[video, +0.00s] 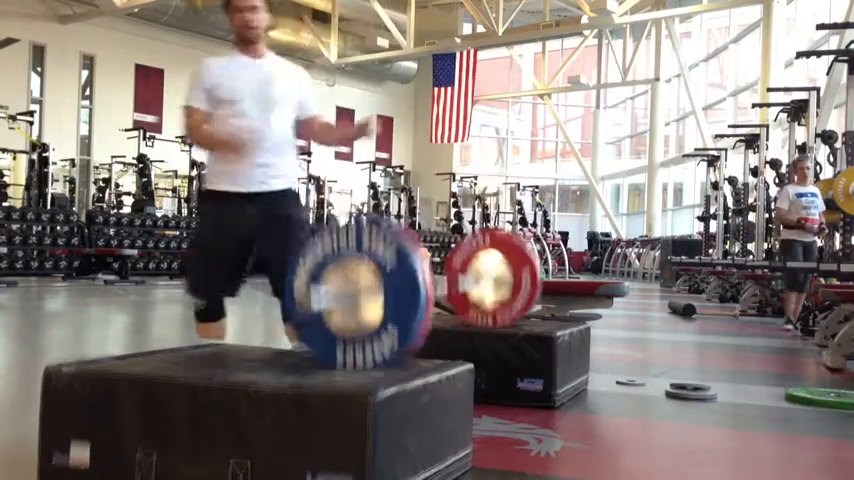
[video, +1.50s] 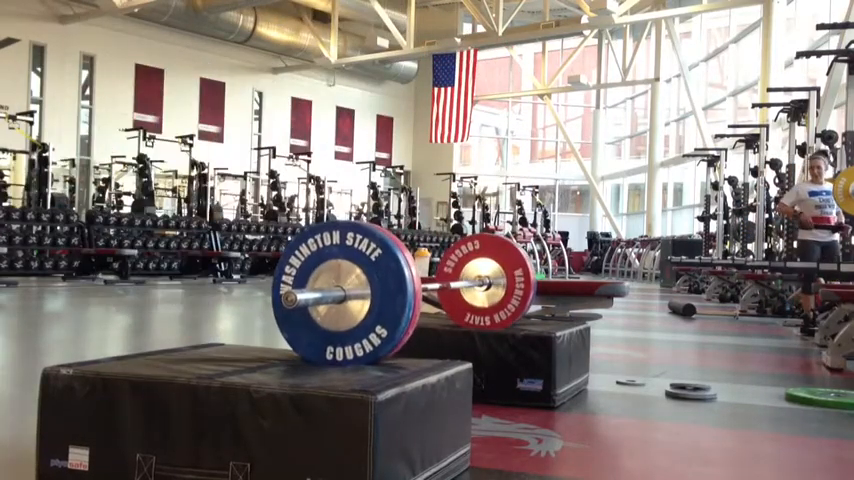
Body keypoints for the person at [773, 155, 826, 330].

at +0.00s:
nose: (805, 172)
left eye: (807, 168)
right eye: (801, 169)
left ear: (811, 170)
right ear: (795, 171)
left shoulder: (815, 190)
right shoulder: (787, 190)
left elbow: (820, 213)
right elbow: (779, 216)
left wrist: (822, 224)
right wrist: (800, 223)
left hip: (810, 239)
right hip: (792, 238)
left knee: (805, 278)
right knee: (794, 277)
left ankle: (796, 317)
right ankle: (789, 317)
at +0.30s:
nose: (810, 173)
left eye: (813, 170)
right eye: (807, 170)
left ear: (818, 172)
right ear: (801, 171)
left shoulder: (820, 192)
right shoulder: (792, 191)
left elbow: (825, 215)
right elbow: (784, 215)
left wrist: (827, 226)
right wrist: (806, 225)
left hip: (816, 240)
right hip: (798, 238)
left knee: (806, 277)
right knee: (804, 275)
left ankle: (794, 315)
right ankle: (807, 316)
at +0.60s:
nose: (810, 172)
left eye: (813, 169)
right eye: (806, 169)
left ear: (819, 171)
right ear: (802, 170)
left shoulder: (824, 191)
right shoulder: (795, 190)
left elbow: (829, 213)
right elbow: (789, 214)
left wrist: (830, 223)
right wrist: (811, 222)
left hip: (822, 239)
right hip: (802, 238)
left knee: (822, 277)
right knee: (807, 277)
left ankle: (816, 313)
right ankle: (807, 317)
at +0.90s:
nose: (809, 171)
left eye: (812, 168)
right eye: (806, 168)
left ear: (819, 170)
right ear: (802, 170)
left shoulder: (826, 190)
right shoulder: (796, 190)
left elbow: (831, 213)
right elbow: (790, 215)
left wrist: (834, 224)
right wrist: (814, 223)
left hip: (825, 238)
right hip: (805, 238)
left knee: (831, 276)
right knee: (807, 278)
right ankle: (809, 318)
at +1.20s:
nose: (810, 171)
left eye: (814, 168)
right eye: (807, 168)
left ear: (821, 169)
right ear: (803, 170)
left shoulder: (828, 189)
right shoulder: (797, 189)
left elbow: (835, 212)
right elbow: (787, 209)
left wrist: (838, 223)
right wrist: (803, 220)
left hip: (828, 238)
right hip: (807, 238)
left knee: (831, 276)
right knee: (808, 278)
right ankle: (809, 318)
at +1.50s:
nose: (816, 171)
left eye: (819, 167)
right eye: (813, 167)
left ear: (825, 169)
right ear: (809, 169)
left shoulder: (833, 188)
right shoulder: (800, 188)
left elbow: (839, 209)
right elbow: (781, 206)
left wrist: (841, 221)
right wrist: (798, 216)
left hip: (831, 238)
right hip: (809, 238)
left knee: (833, 277)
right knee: (809, 277)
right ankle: (809, 318)